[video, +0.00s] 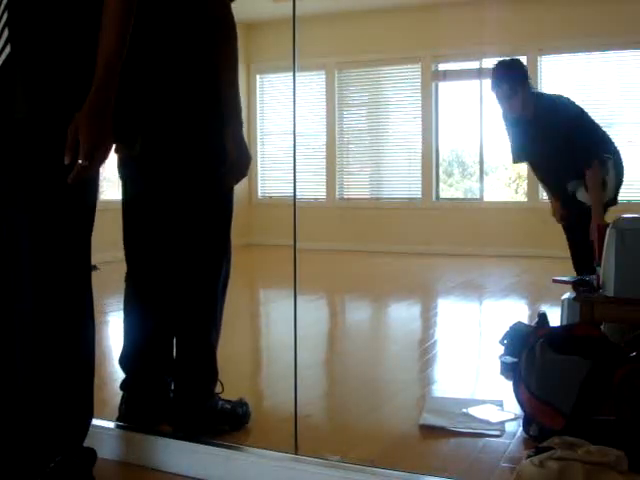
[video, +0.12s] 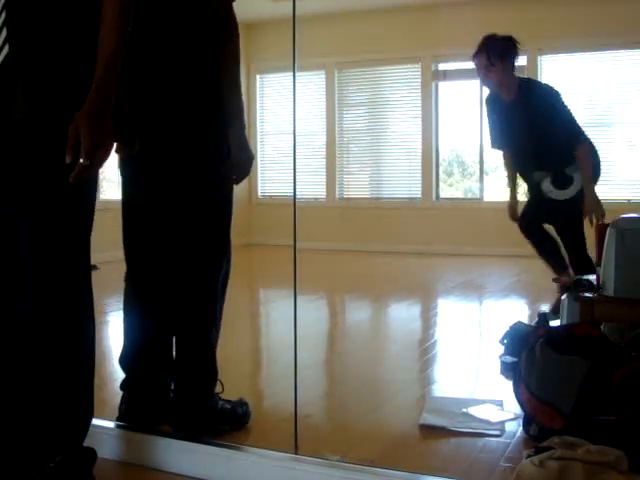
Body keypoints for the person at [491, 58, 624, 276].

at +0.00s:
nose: (506, 106)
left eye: (510, 97)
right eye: (500, 99)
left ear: (525, 88)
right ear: (495, 96)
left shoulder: (559, 108)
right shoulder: (511, 119)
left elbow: (592, 162)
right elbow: (533, 163)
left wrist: (597, 218)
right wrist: (553, 198)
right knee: (573, 227)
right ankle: (585, 284)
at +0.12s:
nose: (479, 75)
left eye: (484, 68)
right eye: (478, 69)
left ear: (503, 66)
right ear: (492, 69)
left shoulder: (542, 94)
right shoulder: (493, 103)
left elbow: (580, 143)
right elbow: (507, 152)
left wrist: (590, 192)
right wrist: (512, 196)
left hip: (570, 172)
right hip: (541, 179)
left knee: (529, 221)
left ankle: (569, 280)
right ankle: (567, 282)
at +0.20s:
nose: (474, 71)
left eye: (480, 63)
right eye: (473, 64)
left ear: (499, 62)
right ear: (487, 66)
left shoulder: (538, 92)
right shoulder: (488, 99)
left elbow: (576, 140)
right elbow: (500, 150)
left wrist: (587, 188)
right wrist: (502, 195)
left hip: (563, 174)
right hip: (536, 181)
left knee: (520, 222)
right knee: (573, 249)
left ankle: (545, 293)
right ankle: (597, 304)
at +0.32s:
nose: (447, 65)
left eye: (452, 58)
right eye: (446, 58)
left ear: (474, 58)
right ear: (460, 61)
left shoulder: (510, 94)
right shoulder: (461, 99)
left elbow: (551, 137)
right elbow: (464, 149)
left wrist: (572, 182)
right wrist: (459, 195)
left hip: (538, 182)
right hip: (511, 187)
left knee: (500, 246)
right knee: (556, 248)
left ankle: (467, 317)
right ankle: (593, 302)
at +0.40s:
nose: (419, 58)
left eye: (424, 51)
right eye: (419, 51)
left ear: (444, 54)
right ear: (437, 55)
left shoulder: (476, 91)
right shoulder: (431, 95)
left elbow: (516, 139)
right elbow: (438, 144)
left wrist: (546, 182)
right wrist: (433, 189)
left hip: (508, 179)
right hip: (481, 183)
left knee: (470, 240)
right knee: (522, 247)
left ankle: (458, 319)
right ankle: (576, 299)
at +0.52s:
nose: (382, 40)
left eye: (387, 33)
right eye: (383, 34)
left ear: (407, 36)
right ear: (402, 38)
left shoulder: (438, 78)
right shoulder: (401, 81)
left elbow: (462, 132)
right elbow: (412, 133)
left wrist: (476, 181)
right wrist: (411, 176)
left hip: (459, 167)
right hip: (433, 170)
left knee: (442, 241)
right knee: (447, 243)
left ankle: (454, 319)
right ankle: (510, 287)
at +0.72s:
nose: (333, 29)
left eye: (338, 22)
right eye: (335, 23)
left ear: (354, 27)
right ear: (356, 27)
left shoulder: (370, 65)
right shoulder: (365, 64)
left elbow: (370, 124)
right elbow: (375, 122)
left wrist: (333, 162)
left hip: (403, 164)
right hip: (388, 165)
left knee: (427, 239)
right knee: (360, 232)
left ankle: (452, 312)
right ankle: (341, 307)